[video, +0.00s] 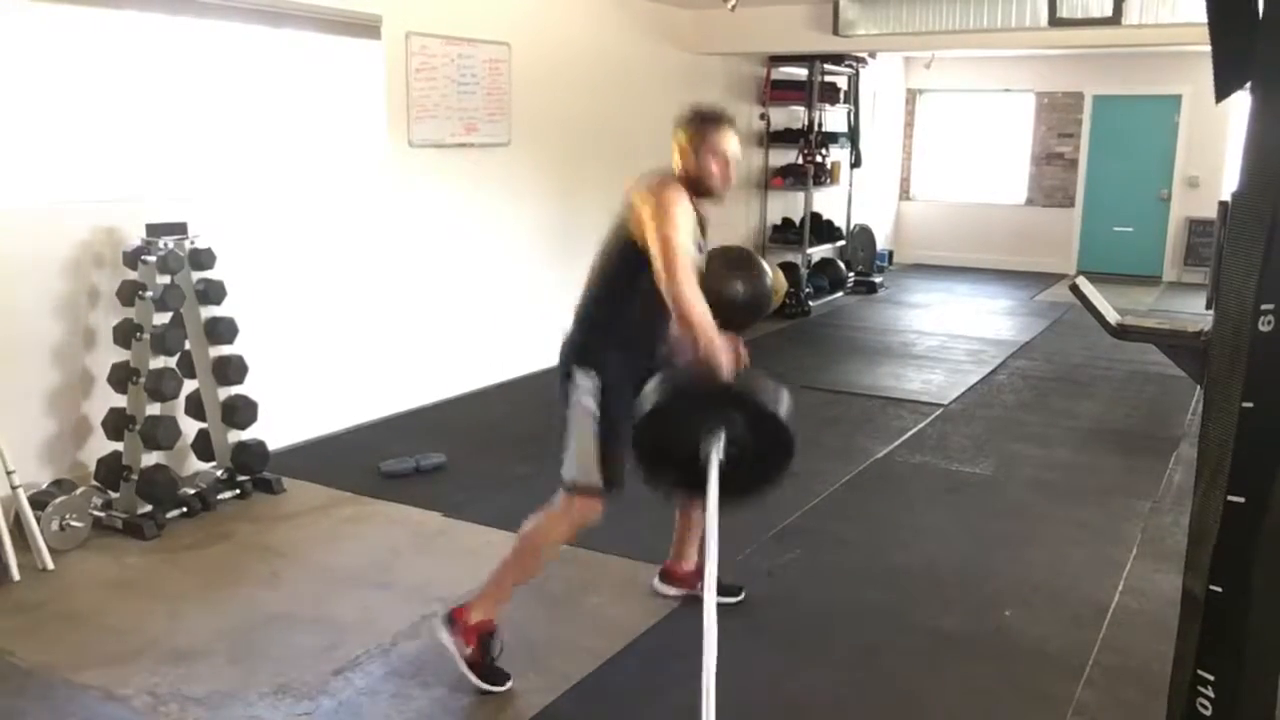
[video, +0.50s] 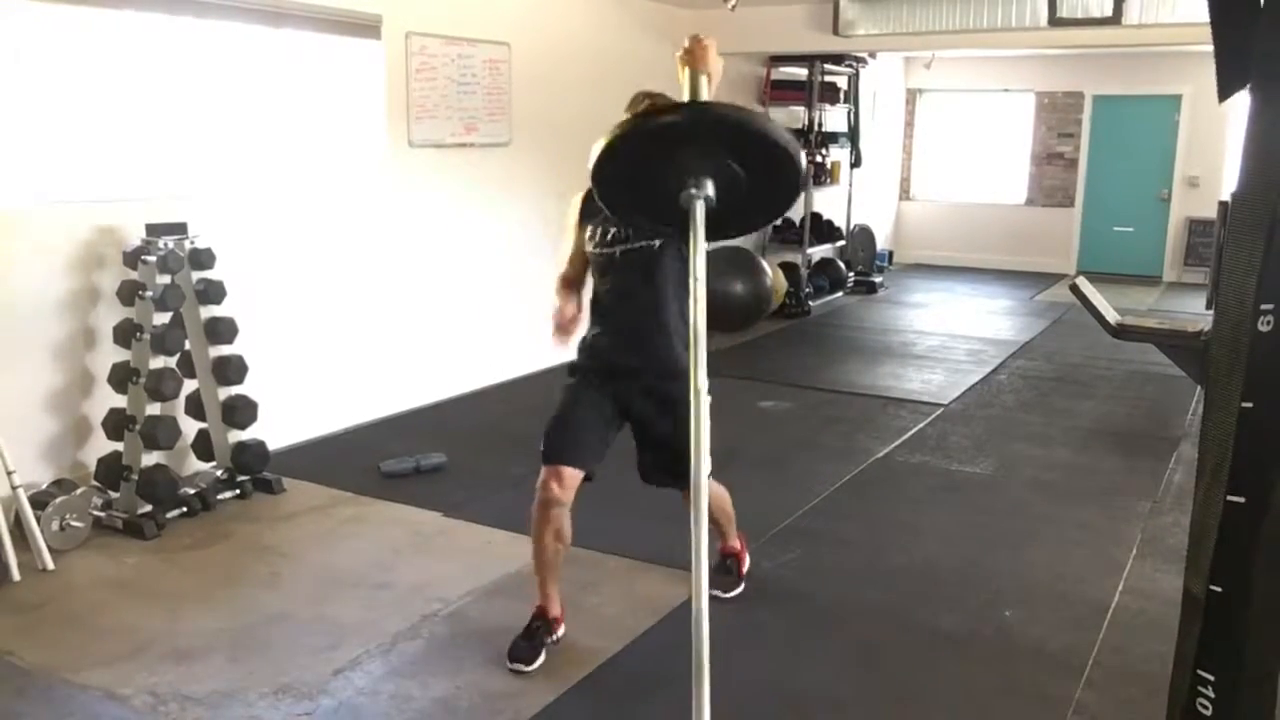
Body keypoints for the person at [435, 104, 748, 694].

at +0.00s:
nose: (727, 168)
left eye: (730, 157)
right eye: (716, 155)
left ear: (726, 159)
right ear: (687, 153)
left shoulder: (686, 208)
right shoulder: (663, 196)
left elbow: (678, 288)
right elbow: (675, 278)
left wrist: (707, 342)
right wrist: (715, 347)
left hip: (648, 359)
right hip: (598, 363)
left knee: (701, 445)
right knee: (582, 503)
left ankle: (683, 564)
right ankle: (475, 617)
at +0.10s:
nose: (705, 135)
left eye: (713, 125)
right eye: (695, 122)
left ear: (720, 126)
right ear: (668, 115)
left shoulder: (714, 192)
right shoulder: (631, 151)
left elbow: (710, 275)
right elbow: (618, 212)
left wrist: (720, 331)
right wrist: (695, 246)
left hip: (666, 328)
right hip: (599, 322)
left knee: (703, 452)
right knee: (575, 466)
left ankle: (693, 549)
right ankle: (519, 601)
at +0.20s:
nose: (677, 128)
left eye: (687, 118)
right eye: (668, 116)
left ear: (699, 120)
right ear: (646, 112)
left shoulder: (711, 176)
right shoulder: (605, 159)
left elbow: (730, 254)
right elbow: (540, 228)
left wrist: (721, 206)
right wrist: (559, 190)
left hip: (673, 336)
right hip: (605, 330)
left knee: (696, 466)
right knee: (574, 463)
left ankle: (728, 540)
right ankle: (531, 596)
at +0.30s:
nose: (657, 146)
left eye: (668, 138)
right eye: (649, 135)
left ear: (686, 141)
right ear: (632, 132)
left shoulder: (695, 192)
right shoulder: (602, 187)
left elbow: (734, 202)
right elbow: (552, 252)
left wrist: (722, 135)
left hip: (676, 362)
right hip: (607, 356)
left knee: (700, 480)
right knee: (564, 481)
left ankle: (734, 541)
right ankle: (533, 606)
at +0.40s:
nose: (643, 146)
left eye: (654, 136)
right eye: (638, 134)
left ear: (675, 144)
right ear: (625, 139)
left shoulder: (688, 194)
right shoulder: (599, 203)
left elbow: (716, 143)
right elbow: (583, 275)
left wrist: (716, 79)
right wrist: (555, 319)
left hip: (671, 369)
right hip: (604, 364)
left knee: (695, 482)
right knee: (559, 479)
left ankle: (731, 546)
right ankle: (537, 608)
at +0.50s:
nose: (641, 148)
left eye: (652, 136)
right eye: (634, 136)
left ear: (672, 142)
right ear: (620, 141)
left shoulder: (684, 196)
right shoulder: (596, 202)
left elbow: (709, 141)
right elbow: (575, 269)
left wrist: (703, 78)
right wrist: (569, 301)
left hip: (668, 368)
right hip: (602, 362)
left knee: (690, 480)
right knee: (555, 481)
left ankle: (732, 545)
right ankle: (548, 610)